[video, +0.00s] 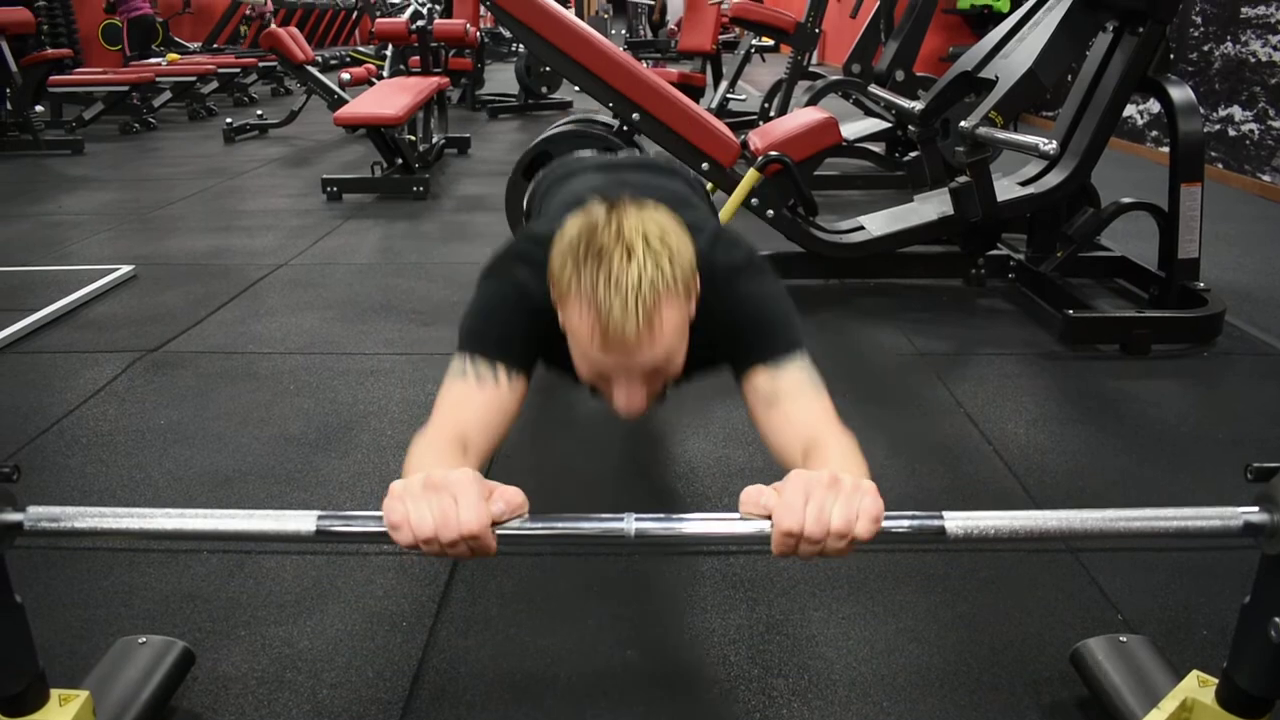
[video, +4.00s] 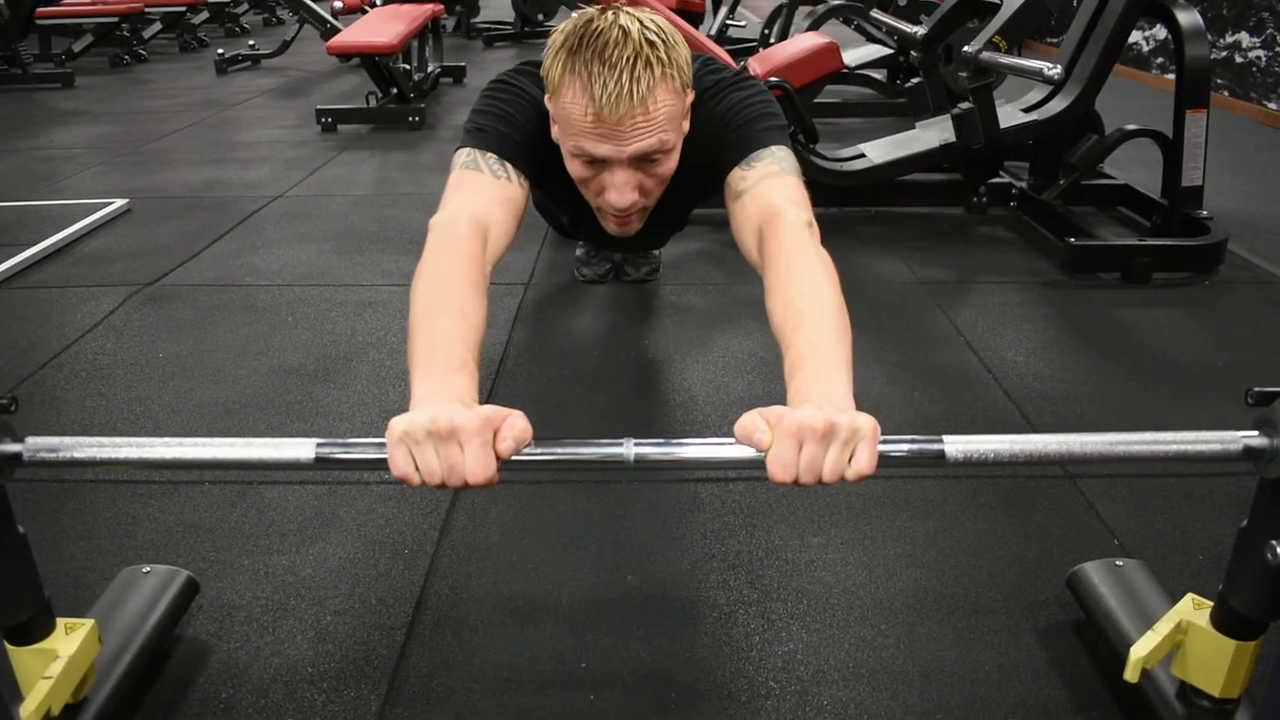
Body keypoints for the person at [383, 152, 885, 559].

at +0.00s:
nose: (629, 404)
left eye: (655, 373)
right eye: (601, 376)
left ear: (691, 300)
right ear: (561, 312)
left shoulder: (738, 277)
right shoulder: (519, 281)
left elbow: (821, 437)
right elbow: (453, 432)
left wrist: (830, 488)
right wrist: (439, 486)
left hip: (673, 173)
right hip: (559, 166)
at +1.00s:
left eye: (661, 712)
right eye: (596, 713)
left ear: (695, 636)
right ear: (551, 651)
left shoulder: (750, 567)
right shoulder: (504, 561)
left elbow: (855, 713)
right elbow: (409, 711)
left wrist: (835, 611)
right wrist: (432, 599)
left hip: (685, 378)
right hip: (558, 375)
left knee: (658, 324)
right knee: (582, 323)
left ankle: (639, 292)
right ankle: (601, 287)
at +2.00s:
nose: (642, 444)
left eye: (670, 417)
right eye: (619, 415)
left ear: (709, 359)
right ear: (582, 346)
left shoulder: (746, 309)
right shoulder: (541, 297)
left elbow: (824, 454)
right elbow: (455, 425)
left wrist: (822, 490)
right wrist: (436, 479)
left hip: (669, 191)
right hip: (559, 187)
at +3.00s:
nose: (617, 197)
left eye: (645, 164)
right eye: (587, 166)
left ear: (683, 125)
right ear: (552, 135)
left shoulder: (730, 125)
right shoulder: (518, 126)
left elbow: (782, 251)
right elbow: (467, 256)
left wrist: (824, 423)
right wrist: (449, 421)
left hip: (662, 249)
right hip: (573, 244)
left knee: (647, 268)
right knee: (591, 261)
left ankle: (639, 282)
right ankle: (601, 274)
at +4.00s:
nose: (621, 192)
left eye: (647, 159)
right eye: (592, 162)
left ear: (686, 111)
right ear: (553, 119)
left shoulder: (733, 104)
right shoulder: (517, 104)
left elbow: (786, 233)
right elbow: (460, 234)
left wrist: (822, 405)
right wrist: (442, 404)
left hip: (673, 208)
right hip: (565, 208)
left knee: (645, 246)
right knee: (586, 239)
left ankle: (639, 258)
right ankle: (597, 253)